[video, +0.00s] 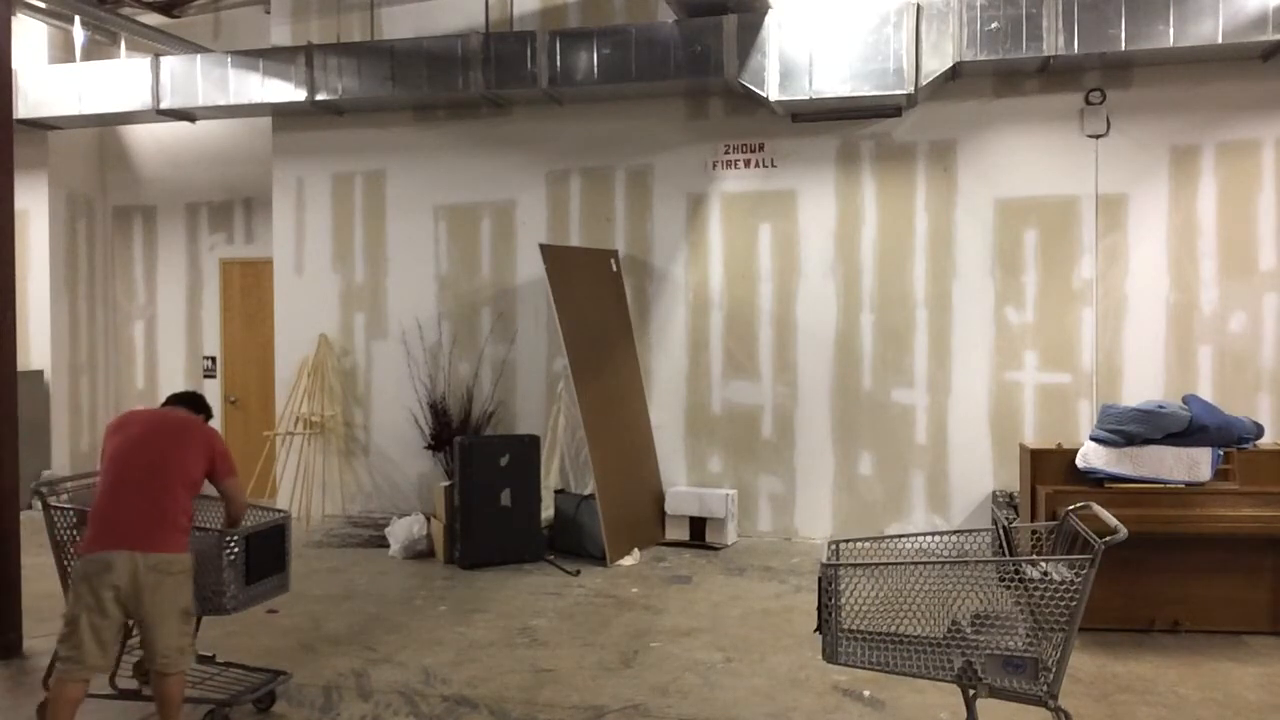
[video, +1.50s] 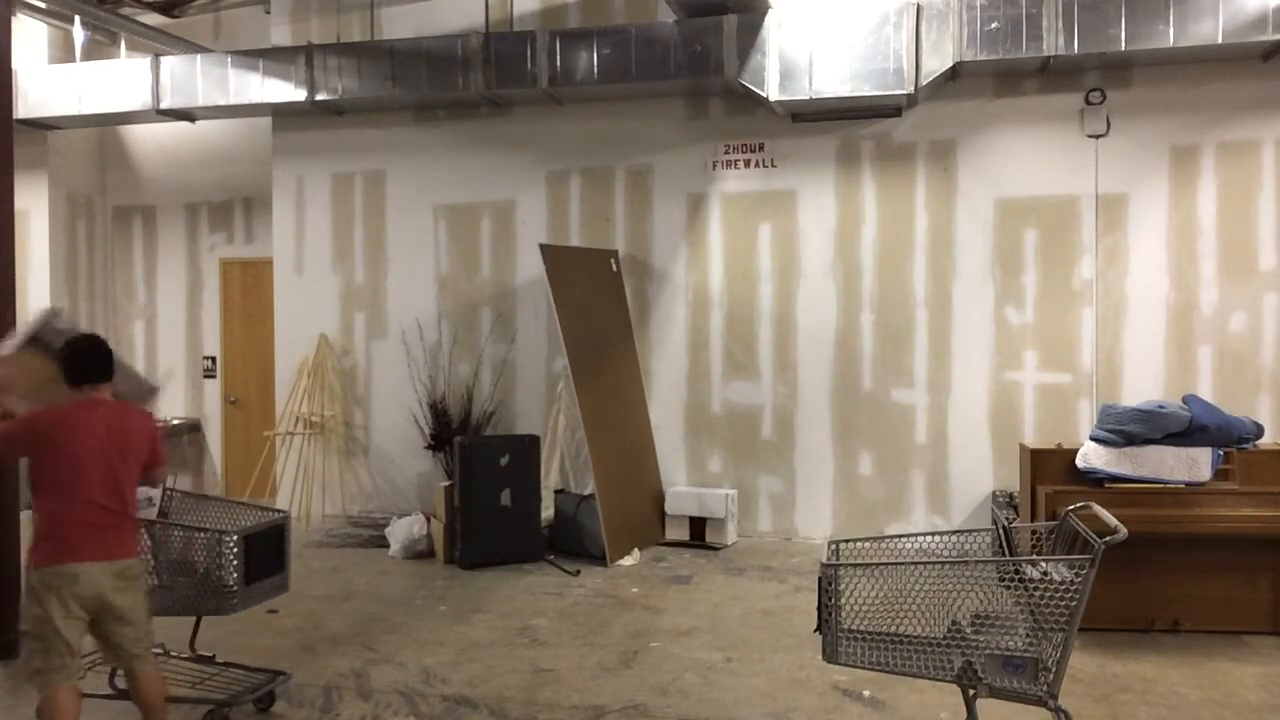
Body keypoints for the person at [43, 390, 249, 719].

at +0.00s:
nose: (204, 430)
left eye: (206, 427)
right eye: (206, 426)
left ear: (164, 407)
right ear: (201, 419)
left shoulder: (120, 422)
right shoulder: (206, 434)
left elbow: (107, 481)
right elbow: (237, 501)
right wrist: (229, 527)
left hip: (101, 552)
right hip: (164, 556)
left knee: (76, 663)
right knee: (169, 663)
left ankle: (55, 712)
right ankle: (170, 715)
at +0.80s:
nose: (197, 396)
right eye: (198, 391)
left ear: (155, 381)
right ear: (196, 388)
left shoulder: (118, 405)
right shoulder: (211, 421)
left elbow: (101, 458)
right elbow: (229, 491)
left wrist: (146, 467)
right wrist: (238, 516)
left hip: (114, 552)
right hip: (176, 555)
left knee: (86, 655)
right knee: (170, 658)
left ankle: (65, 715)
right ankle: (169, 715)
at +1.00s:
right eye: (177, 378)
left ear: (135, 379)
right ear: (177, 378)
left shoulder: (110, 406)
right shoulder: (202, 416)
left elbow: (82, 443)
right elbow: (224, 482)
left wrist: (122, 430)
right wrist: (232, 498)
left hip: (117, 555)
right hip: (178, 555)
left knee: (86, 657)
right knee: (170, 657)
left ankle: (69, 715)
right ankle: (170, 716)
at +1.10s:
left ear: (123, 376)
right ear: (166, 372)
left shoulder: (102, 408)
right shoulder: (192, 411)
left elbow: (69, 435)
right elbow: (221, 477)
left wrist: (112, 411)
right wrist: (239, 481)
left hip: (113, 556)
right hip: (174, 554)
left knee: (84, 659)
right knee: (170, 656)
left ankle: (69, 716)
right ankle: (170, 716)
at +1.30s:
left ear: (91, 376)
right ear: (138, 372)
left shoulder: (78, 417)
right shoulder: (168, 417)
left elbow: (27, 428)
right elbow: (201, 480)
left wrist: (58, 389)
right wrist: (203, 448)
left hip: (95, 563)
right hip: (158, 558)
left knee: (79, 667)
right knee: (161, 660)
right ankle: (168, 716)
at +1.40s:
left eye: (78, 371)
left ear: (77, 375)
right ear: (123, 372)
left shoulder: (61, 421)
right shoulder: (154, 420)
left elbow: (7, 429)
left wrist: (25, 387)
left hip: (76, 568)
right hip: (141, 563)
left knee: (66, 673)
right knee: (153, 662)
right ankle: (164, 716)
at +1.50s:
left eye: (66, 370)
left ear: (64, 375)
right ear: (111, 372)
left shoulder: (43, 423)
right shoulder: (139, 420)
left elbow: (4, 442)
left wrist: (8, 404)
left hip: (58, 570)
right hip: (121, 566)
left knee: (58, 677)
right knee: (140, 661)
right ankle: (158, 715)